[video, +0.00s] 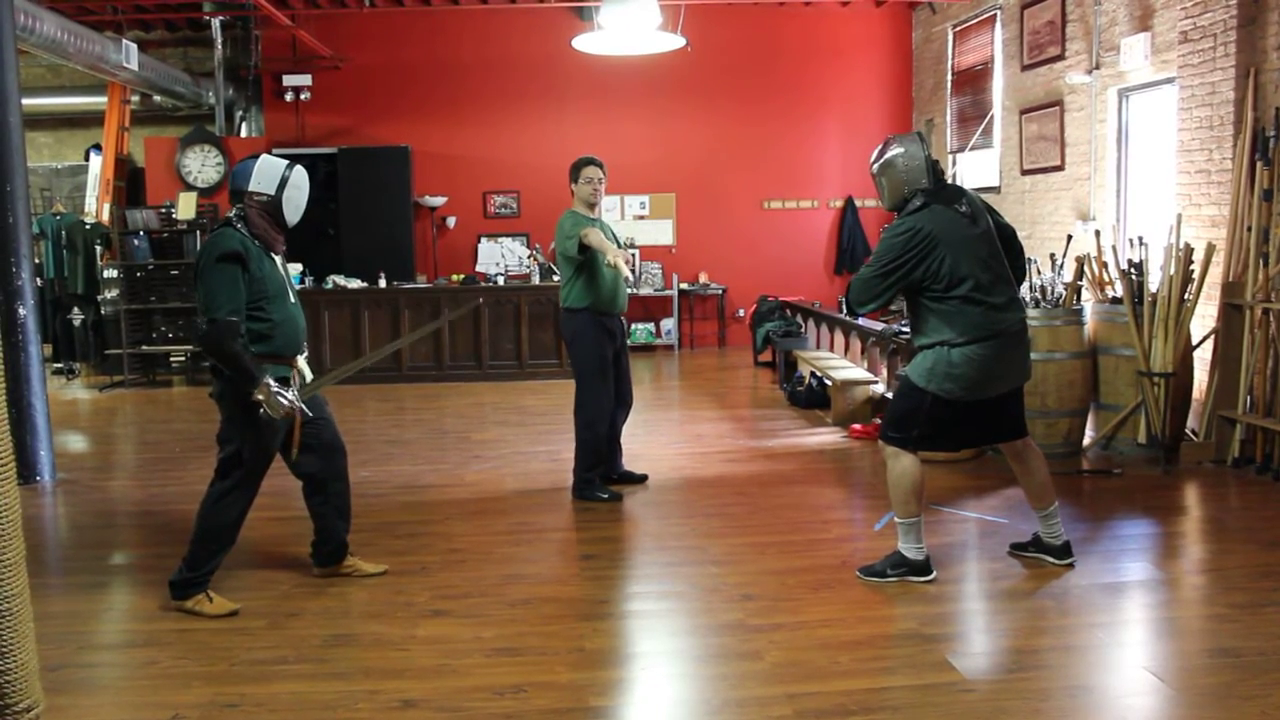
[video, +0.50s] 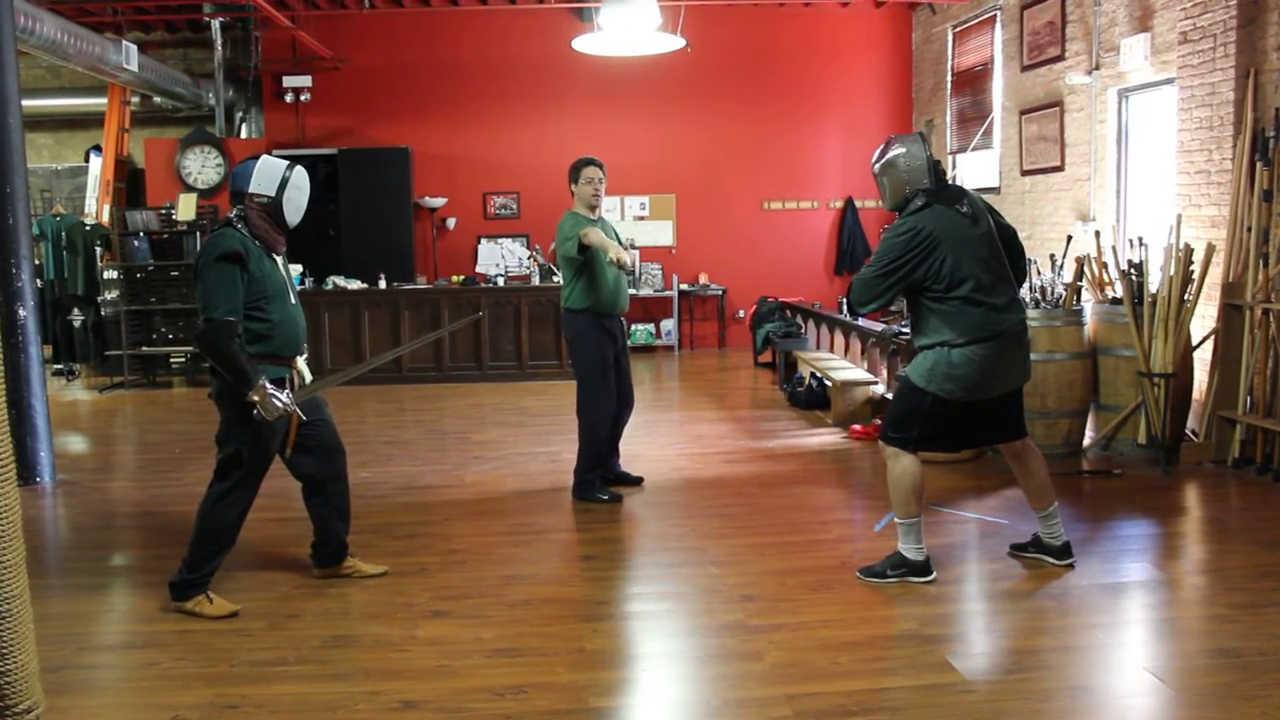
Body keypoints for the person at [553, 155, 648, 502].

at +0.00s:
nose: (596, 186)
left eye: (600, 181)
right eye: (588, 181)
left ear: (605, 186)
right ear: (574, 186)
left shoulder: (603, 226)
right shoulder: (571, 220)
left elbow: (614, 256)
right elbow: (591, 237)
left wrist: (623, 258)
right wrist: (612, 253)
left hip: (610, 319)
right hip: (585, 320)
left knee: (619, 398)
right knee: (594, 399)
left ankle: (610, 469)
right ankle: (585, 482)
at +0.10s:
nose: (596, 187)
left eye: (600, 181)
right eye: (588, 181)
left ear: (605, 187)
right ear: (574, 187)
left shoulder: (603, 226)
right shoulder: (571, 220)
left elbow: (615, 255)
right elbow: (591, 237)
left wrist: (623, 258)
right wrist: (612, 253)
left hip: (611, 320)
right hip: (585, 320)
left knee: (619, 398)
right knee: (595, 399)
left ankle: (610, 469)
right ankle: (585, 481)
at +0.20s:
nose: (596, 187)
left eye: (601, 181)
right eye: (589, 181)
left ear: (605, 187)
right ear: (574, 187)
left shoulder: (604, 227)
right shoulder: (570, 221)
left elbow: (615, 256)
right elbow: (590, 237)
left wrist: (623, 259)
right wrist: (612, 253)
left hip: (611, 320)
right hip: (585, 321)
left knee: (620, 398)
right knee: (595, 400)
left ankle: (610, 469)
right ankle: (585, 482)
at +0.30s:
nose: (596, 187)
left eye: (601, 181)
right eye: (589, 181)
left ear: (605, 187)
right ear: (574, 187)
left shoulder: (604, 227)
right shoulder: (570, 221)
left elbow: (615, 256)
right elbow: (591, 237)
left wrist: (622, 258)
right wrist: (613, 253)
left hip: (611, 320)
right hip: (585, 321)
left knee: (620, 398)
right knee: (596, 400)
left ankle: (610, 469)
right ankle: (586, 482)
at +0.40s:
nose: (597, 187)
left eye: (601, 181)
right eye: (589, 181)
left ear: (605, 187)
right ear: (574, 187)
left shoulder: (604, 226)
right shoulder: (570, 221)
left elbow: (614, 256)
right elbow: (590, 237)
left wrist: (622, 257)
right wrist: (613, 253)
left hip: (611, 320)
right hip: (585, 322)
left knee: (621, 398)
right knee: (596, 400)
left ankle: (609, 469)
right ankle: (586, 482)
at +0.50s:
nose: (597, 187)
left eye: (601, 181)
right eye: (589, 181)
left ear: (606, 186)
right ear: (573, 188)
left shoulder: (607, 226)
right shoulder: (570, 221)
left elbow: (622, 256)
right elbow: (590, 236)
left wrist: (625, 254)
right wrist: (613, 249)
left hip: (612, 320)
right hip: (585, 321)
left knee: (622, 399)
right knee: (597, 401)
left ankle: (608, 468)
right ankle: (586, 482)